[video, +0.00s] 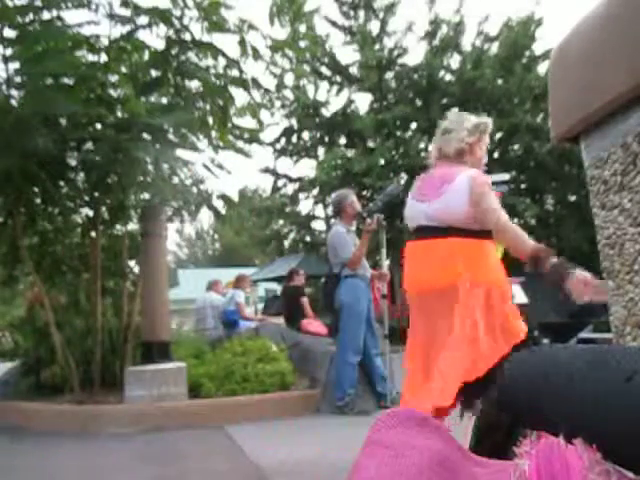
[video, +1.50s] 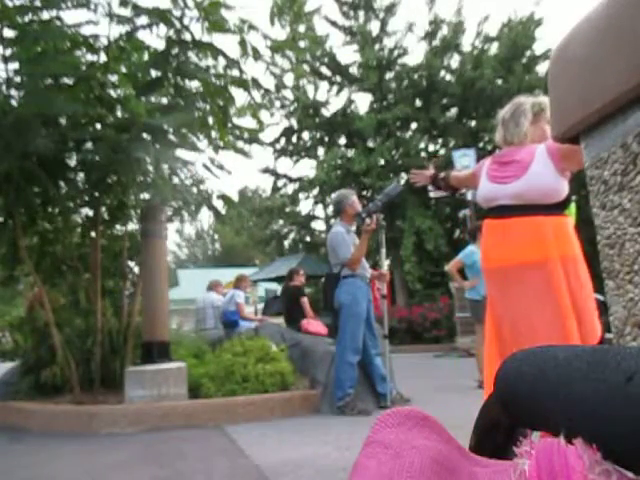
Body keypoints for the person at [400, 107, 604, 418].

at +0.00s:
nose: (486, 156)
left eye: (486, 148)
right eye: (484, 148)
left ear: (441, 146)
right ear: (470, 147)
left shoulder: (420, 184)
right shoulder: (473, 181)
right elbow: (502, 226)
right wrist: (535, 254)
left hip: (423, 267)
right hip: (468, 267)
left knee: (428, 347)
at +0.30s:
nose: (531, 135)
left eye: (531, 127)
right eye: (529, 127)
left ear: (485, 129)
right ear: (518, 130)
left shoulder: (463, 164)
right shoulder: (527, 163)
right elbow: (581, 188)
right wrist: (617, 197)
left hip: (459, 246)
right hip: (509, 247)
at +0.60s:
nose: (542, 128)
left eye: (542, 122)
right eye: (539, 122)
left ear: (496, 127)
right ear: (529, 125)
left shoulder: (478, 161)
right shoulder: (540, 152)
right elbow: (583, 157)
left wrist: (464, 254)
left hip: (482, 244)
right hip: (532, 244)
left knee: (496, 321)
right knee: (545, 314)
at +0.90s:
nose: (549, 127)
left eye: (549, 120)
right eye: (545, 120)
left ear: (503, 126)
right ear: (532, 123)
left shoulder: (483, 162)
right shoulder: (548, 150)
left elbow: (464, 168)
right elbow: (589, 149)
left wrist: (465, 153)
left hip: (492, 243)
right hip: (541, 242)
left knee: (498, 321)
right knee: (548, 318)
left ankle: (503, 395)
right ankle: (549, 394)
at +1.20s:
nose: (551, 128)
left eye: (550, 122)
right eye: (546, 122)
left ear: (507, 127)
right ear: (532, 124)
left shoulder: (487, 163)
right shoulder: (553, 151)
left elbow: (460, 176)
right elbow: (595, 150)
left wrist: (442, 165)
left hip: (498, 240)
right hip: (547, 238)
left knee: (506, 325)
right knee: (556, 321)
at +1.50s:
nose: (550, 129)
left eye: (549, 122)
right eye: (546, 122)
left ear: (509, 128)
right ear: (530, 124)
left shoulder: (487, 165)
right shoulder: (552, 152)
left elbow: (460, 179)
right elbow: (595, 151)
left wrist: (435, 177)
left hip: (498, 243)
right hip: (545, 241)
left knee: (508, 326)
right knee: (555, 321)